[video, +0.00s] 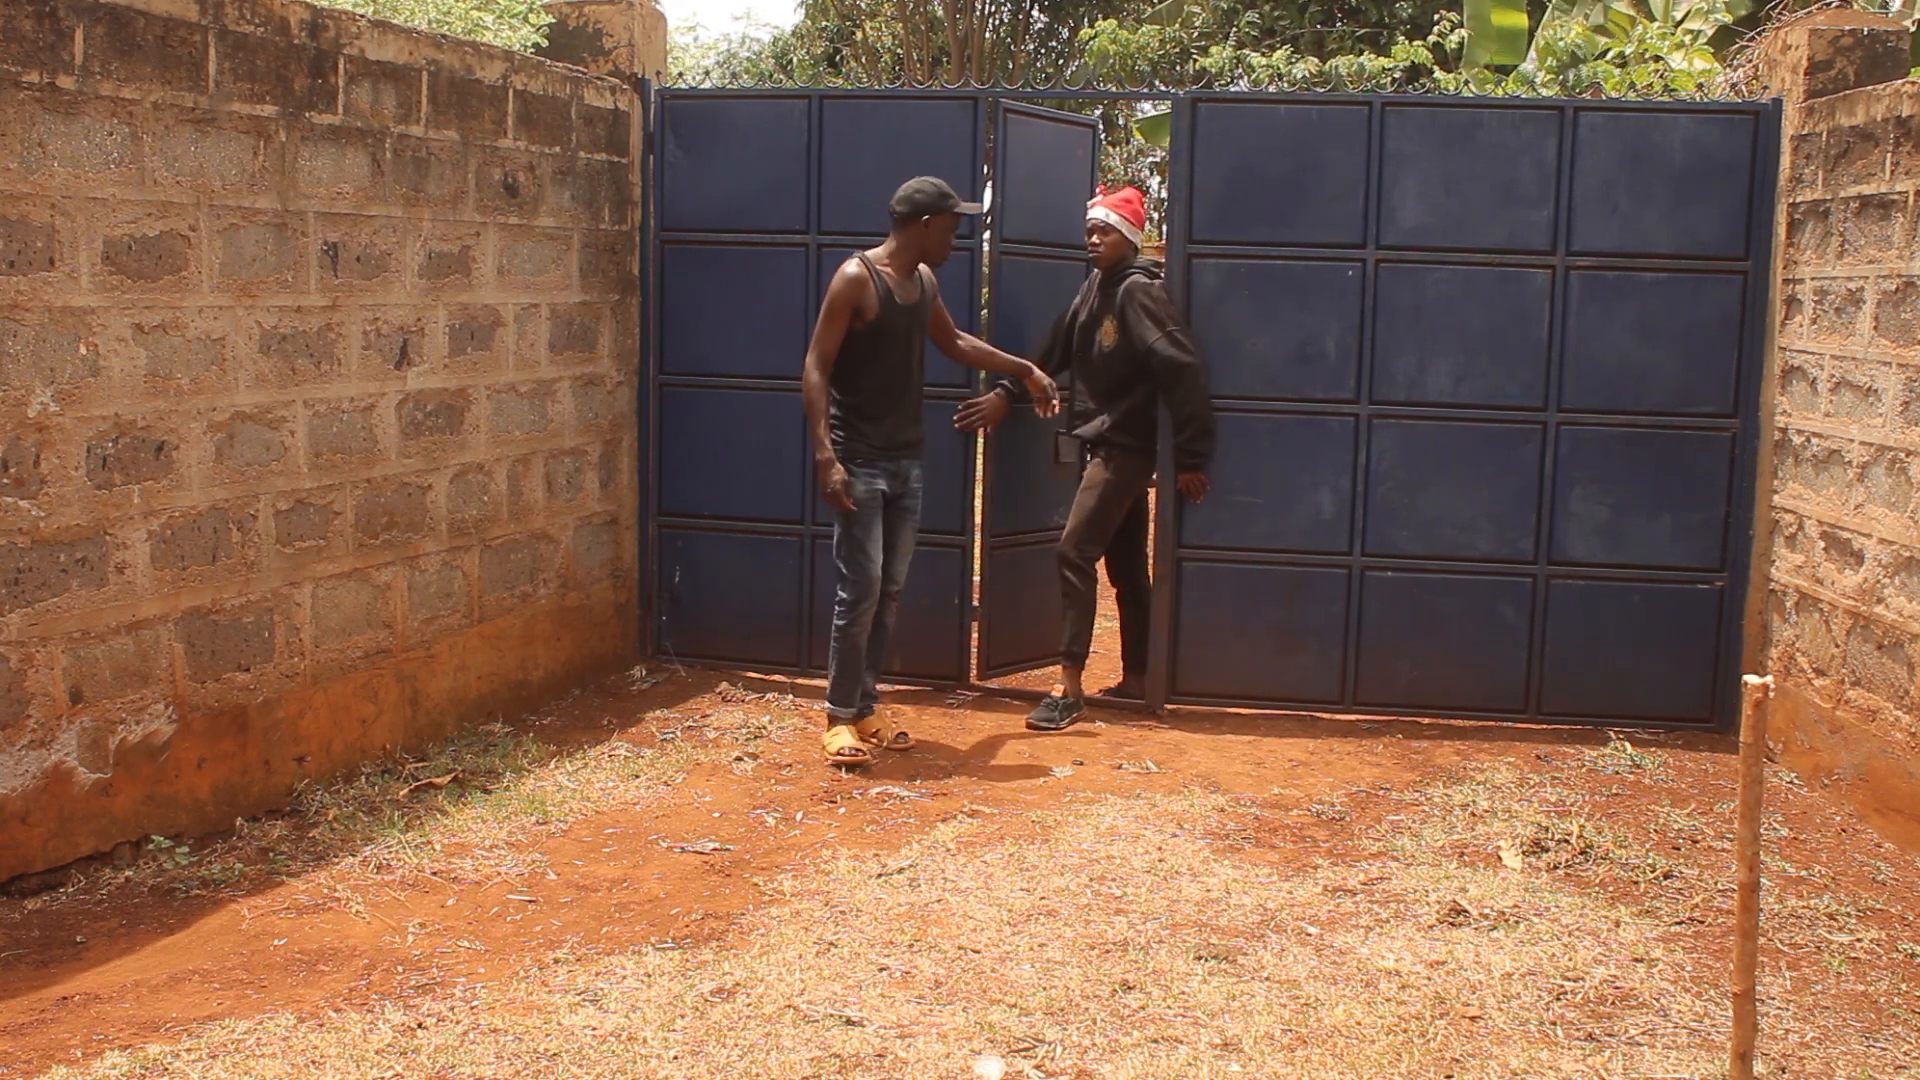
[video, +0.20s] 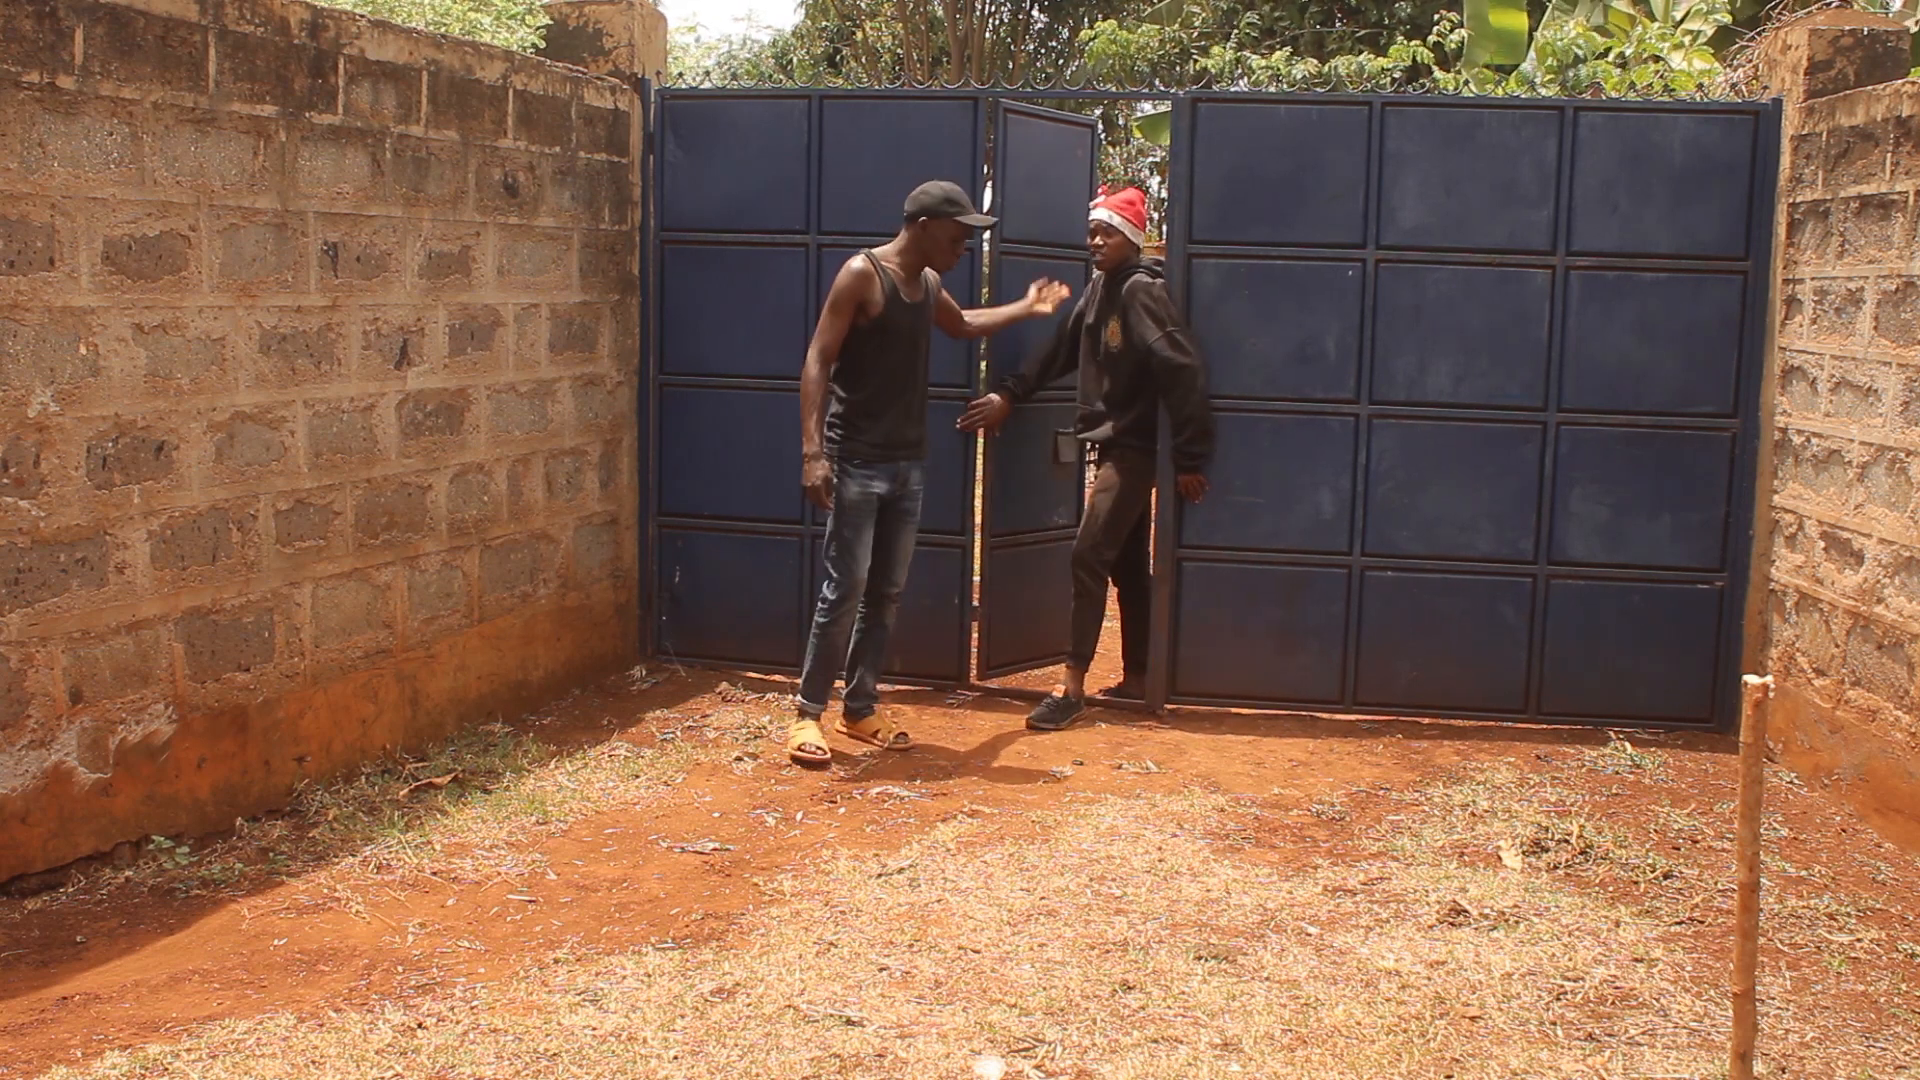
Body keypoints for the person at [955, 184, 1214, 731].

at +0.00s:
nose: (1095, 239)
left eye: (1106, 231)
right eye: (1090, 229)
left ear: (1132, 238)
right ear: (1087, 235)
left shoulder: (1138, 289)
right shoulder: (1092, 289)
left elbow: (1183, 366)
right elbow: (1052, 355)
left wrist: (1190, 458)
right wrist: (1005, 395)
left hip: (1125, 448)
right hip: (1105, 446)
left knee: (1074, 554)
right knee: (1128, 569)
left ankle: (1070, 690)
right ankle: (1138, 676)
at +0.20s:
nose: (1097, 240)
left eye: (1108, 232)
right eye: (1093, 231)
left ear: (1135, 239)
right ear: (1090, 235)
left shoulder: (1141, 290)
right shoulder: (1096, 290)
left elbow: (1183, 369)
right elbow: (1058, 349)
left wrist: (1189, 459)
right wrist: (1007, 394)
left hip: (1132, 450)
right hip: (1109, 448)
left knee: (1088, 558)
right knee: (1131, 568)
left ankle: (1072, 690)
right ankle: (1139, 676)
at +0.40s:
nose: (1096, 242)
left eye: (1108, 234)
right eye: (1093, 232)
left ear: (1134, 242)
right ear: (1089, 236)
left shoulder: (1142, 291)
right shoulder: (1097, 291)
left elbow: (1182, 370)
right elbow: (1059, 350)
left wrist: (1188, 460)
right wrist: (1007, 395)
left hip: (1132, 451)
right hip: (1109, 448)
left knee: (1088, 556)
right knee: (1134, 567)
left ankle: (1071, 690)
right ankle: (1140, 676)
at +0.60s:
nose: (1096, 243)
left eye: (1107, 235)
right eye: (1091, 233)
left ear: (1134, 241)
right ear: (1088, 238)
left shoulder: (1144, 292)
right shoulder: (1097, 293)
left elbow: (1183, 372)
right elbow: (1057, 357)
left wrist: (1188, 461)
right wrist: (1007, 397)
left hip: (1132, 452)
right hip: (1105, 450)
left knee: (1086, 557)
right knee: (1132, 567)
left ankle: (1071, 690)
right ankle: (1140, 676)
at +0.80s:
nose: (1096, 242)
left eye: (1108, 234)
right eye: (1092, 232)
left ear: (1134, 241)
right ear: (1087, 237)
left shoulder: (1143, 292)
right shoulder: (1097, 291)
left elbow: (1182, 372)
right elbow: (1060, 354)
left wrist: (1188, 461)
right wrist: (1007, 397)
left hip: (1132, 452)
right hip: (1105, 449)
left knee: (1083, 559)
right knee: (1131, 568)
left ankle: (1071, 690)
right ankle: (1140, 675)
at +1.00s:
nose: (1093, 243)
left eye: (1104, 234)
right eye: (1088, 232)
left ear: (1131, 241)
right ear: (1085, 236)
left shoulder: (1145, 294)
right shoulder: (1089, 292)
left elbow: (1185, 373)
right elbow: (1057, 357)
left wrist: (1189, 461)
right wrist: (1007, 397)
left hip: (1131, 452)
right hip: (1100, 451)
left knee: (1078, 558)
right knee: (1128, 570)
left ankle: (1070, 691)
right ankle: (1139, 677)